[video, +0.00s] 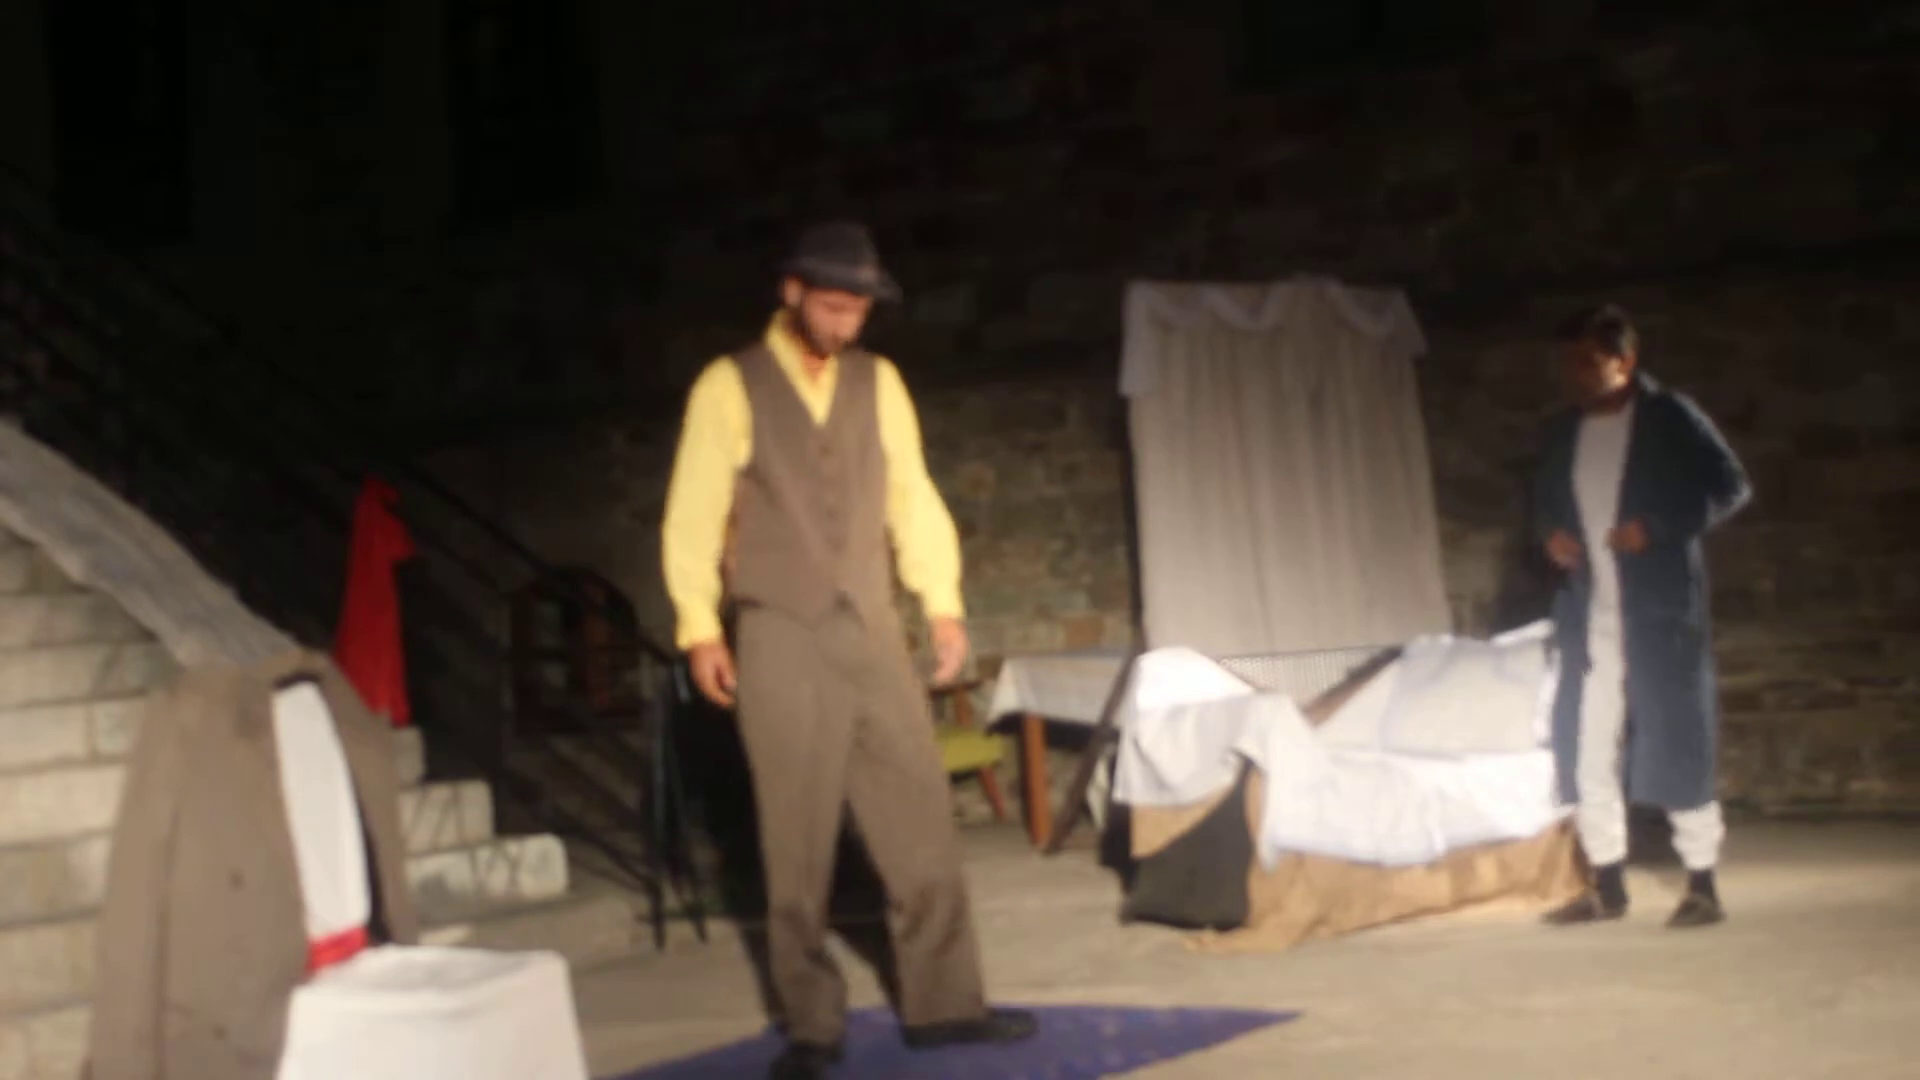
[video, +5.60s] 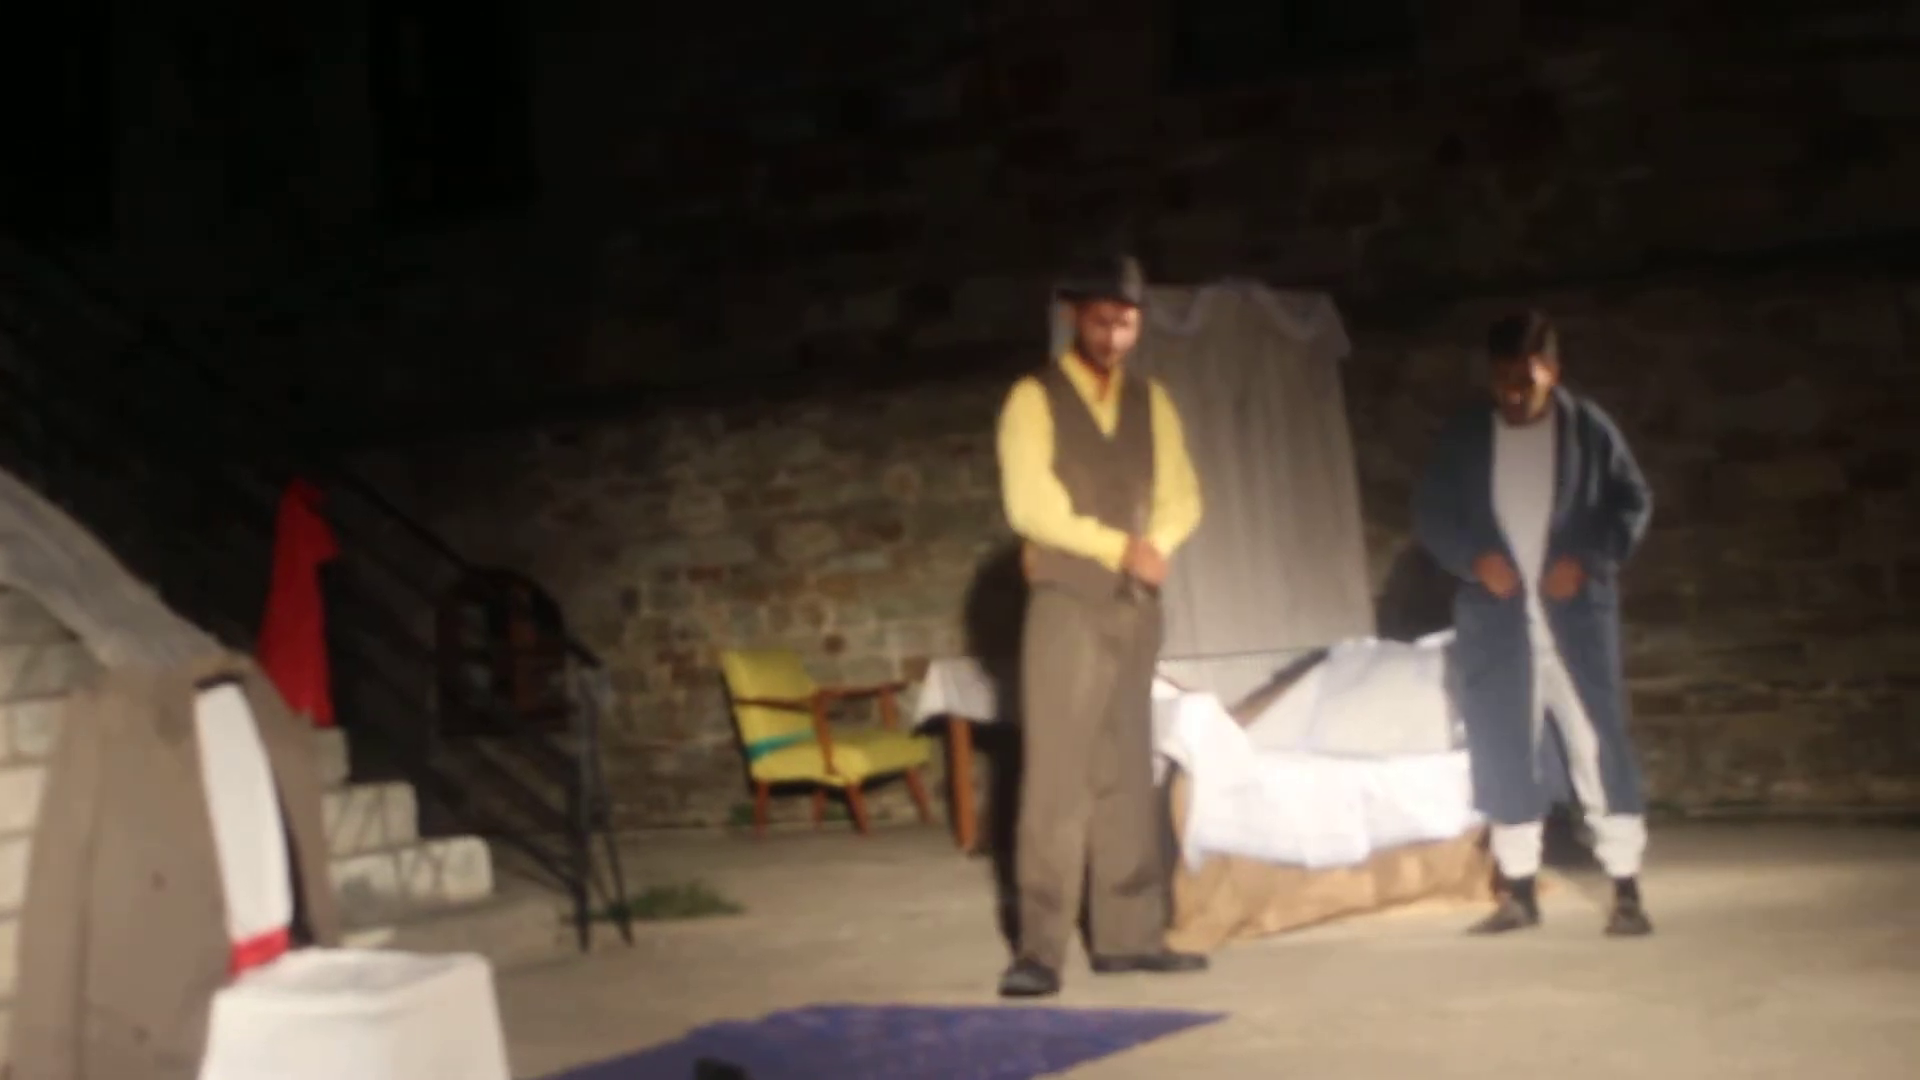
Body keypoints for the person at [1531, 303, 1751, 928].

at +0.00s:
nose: (1582, 373)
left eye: (1594, 361)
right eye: (1575, 362)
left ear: (1625, 361)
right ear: (1565, 366)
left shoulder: (1668, 415)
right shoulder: (1559, 431)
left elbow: (1729, 487)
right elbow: (1542, 500)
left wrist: (1657, 527)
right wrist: (1552, 535)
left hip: (1663, 615)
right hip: (1591, 617)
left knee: (1678, 736)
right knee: (1585, 741)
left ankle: (1702, 883)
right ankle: (1606, 883)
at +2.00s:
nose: (1572, 370)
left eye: (1583, 358)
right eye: (1565, 358)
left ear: (1612, 360)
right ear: (1555, 365)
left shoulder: (1649, 422)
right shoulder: (1539, 435)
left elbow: (1705, 500)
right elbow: (1514, 508)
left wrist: (1635, 546)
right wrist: (1526, 541)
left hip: (1638, 618)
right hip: (1566, 619)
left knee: (1658, 740)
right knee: (1579, 743)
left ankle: (1686, 886)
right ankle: (1604, 887)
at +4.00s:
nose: (1565, 414)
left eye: (1574, 400)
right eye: (1553, 403)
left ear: (1598, 385)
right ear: (1537, 400)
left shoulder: (1640, 427)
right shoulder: (1526, 446)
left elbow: (1700, 499)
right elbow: (1504, 516)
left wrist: (1669, 573)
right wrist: (1505, 570)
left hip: (1634, 628)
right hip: (1561, 634)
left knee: (1655, 754)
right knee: (1578, 761)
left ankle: (1681, 886)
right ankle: (1597, 890)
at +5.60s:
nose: (1514, 396)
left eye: (1526, 382)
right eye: (1505, 382)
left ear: (1552, 374)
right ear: (1489, 376)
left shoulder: (1588, 428)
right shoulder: (1463, 434)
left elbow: (1631, 502)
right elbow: (1431, 512)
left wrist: (1585, 560)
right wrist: (1476, 558)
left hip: (1575, 617)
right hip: (1494, 619)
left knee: (1596, 738)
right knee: (1501, 743)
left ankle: (1625, 888)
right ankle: (1518, 893)